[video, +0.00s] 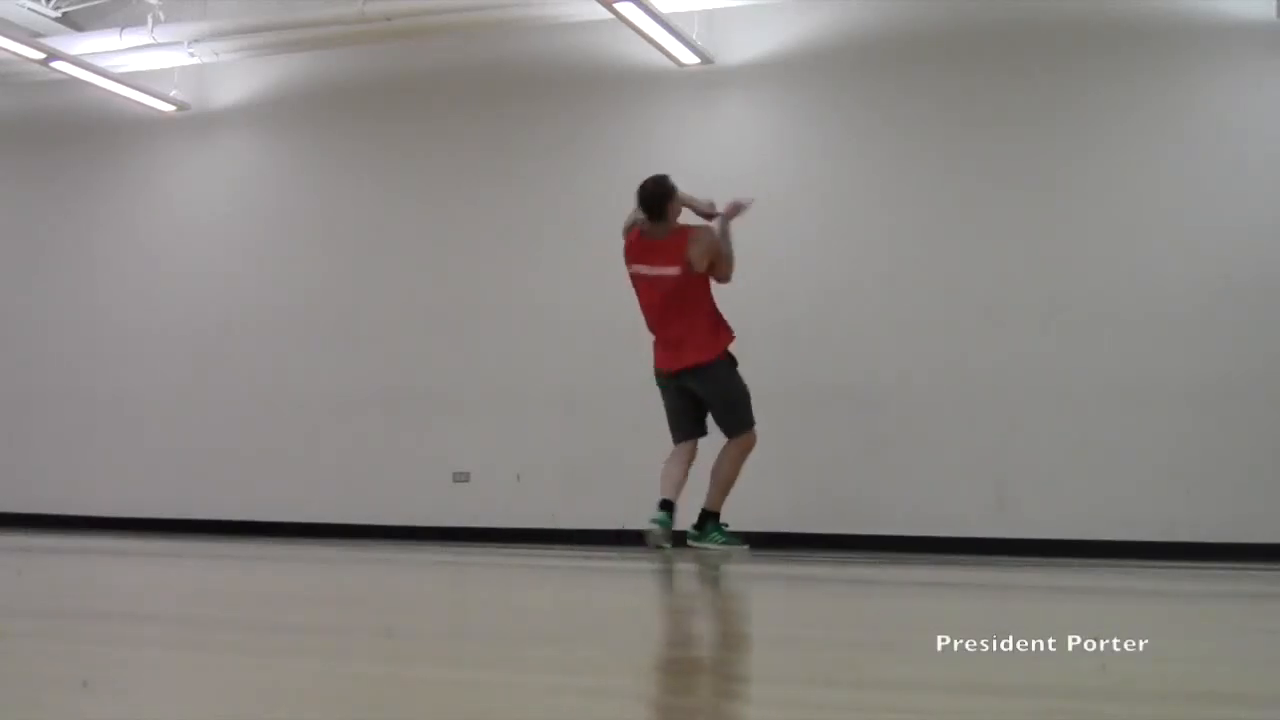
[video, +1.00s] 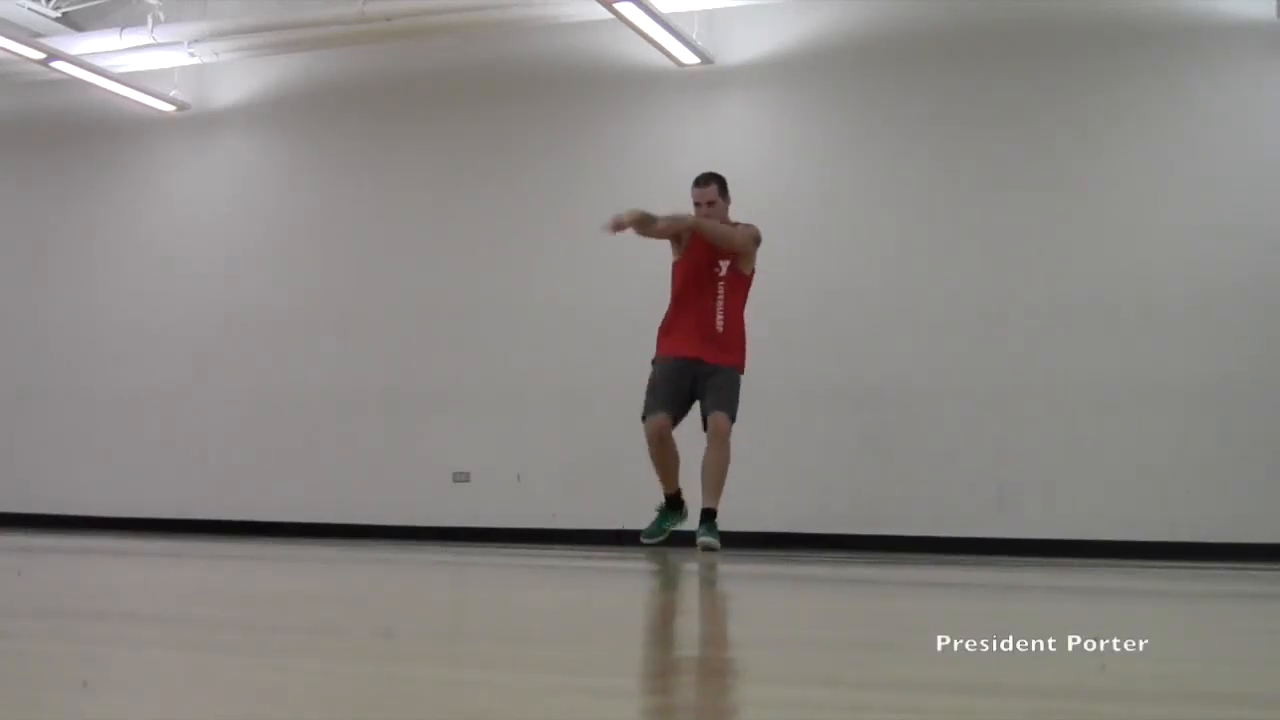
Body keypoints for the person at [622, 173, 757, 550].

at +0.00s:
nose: (679, 203)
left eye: (674, 197)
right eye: (675, 199)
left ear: (643, 209)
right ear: (673, 207)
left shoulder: (632, 238)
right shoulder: (698, 239)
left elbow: (659, 199)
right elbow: (724, 273)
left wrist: (699, 206)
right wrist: (724, 224)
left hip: (667, 363)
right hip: (708, 360)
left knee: (685, 442)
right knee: (742, 436)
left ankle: (663, 515)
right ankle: (708, 524)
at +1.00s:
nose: (702, 211)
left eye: (709, 204)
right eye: (697, 205)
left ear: (727, 203)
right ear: (693, 203)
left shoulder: (747, 234)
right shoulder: (682, 230)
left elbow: (730, 240)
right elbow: (656, 226)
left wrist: (691, 222)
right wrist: (634, 220)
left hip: (722, 356)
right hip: (675, 350)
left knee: (719, 427)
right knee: (655, 427)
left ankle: (708, 520)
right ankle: (673, 505)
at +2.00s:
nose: (693, 162)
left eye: (701, 154)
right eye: (686, 155)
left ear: (719, 156)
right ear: (680, 159)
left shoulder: (749, 206)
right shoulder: (663, 205)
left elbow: (759, 269)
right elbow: (627, 257)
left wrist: (762, 252)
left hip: (732, 332)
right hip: (679, 334)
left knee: (737, 407)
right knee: (679, 424)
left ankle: (733, 505)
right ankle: (694, 523)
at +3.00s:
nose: (616, 221)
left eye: (626, 209)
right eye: (607, 211)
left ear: (649, 209)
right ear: (599, 213)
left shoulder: (682, 278)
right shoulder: (580, 254)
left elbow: (698, 364)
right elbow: (500, 281)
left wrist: (722, 429)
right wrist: (556, 264)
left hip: (639, 412)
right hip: (578, 416)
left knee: (703, 374)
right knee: (553, 507)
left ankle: (693, 518)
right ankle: (562, 524)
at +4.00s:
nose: (700, 288)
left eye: (709, 275)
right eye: (689, 277)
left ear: (726, 263)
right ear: (672, 267)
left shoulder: (755, 295)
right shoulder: (643, 301)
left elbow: (829, 354)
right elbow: (562, 370)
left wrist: (897, 413)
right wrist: (557, 460)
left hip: (749, 397)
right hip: (678, 412)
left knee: (698, 397)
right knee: (607, 480)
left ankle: (749, 505)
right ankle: (710, 500)